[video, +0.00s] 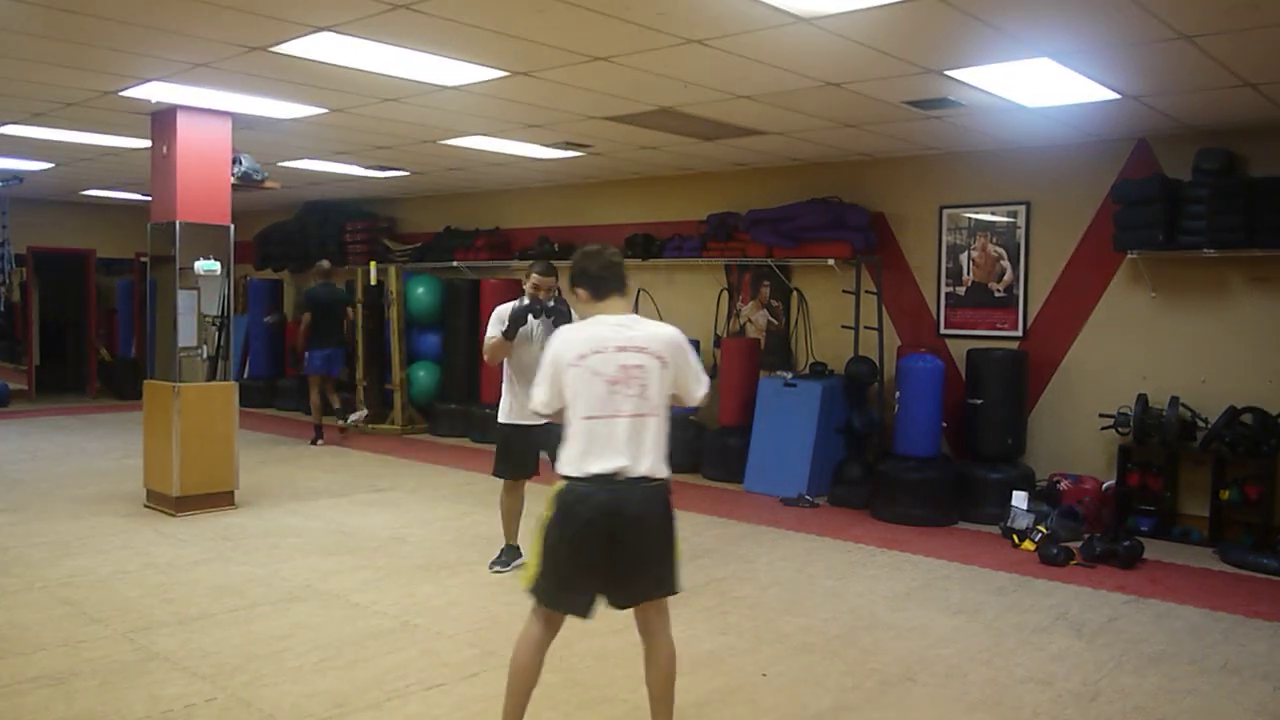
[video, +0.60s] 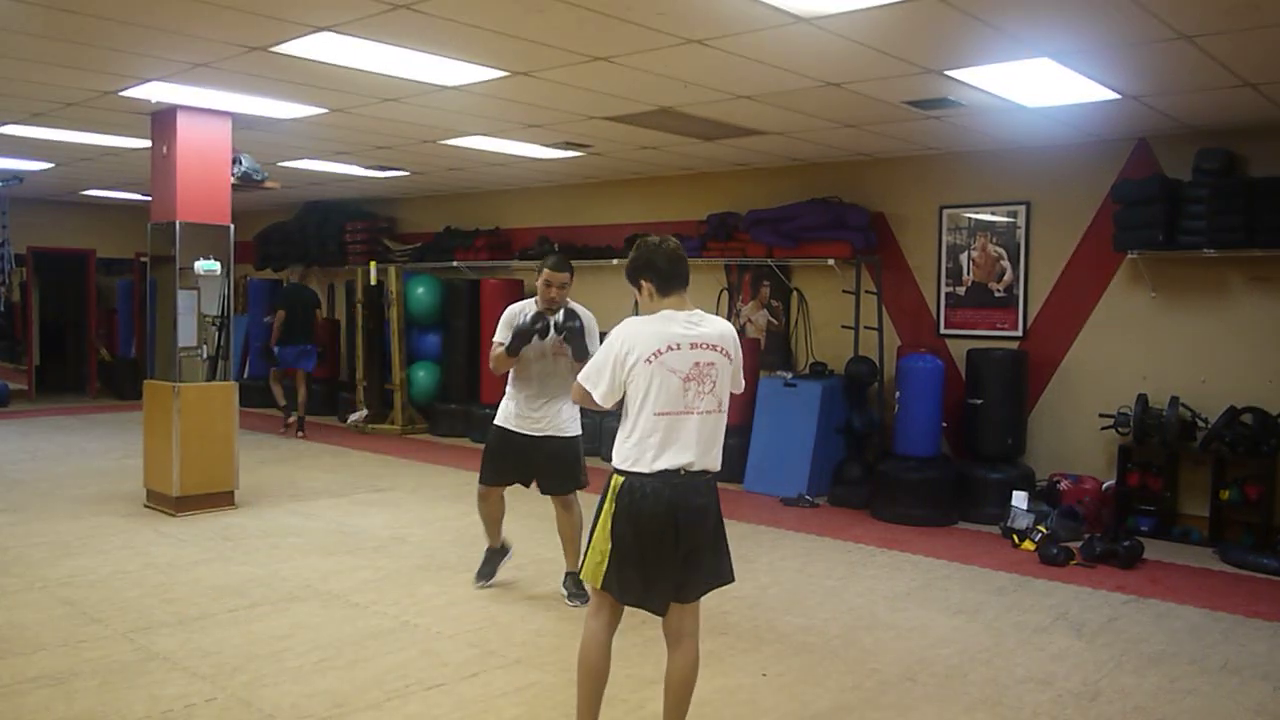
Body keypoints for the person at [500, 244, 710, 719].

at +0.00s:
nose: (571, 302)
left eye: (570, 294)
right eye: (569, 295)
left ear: (579, 293)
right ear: (627, 288)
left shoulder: (566, 340)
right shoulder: (667, 337)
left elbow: (545, 407)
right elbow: (697, 398)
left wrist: (597, 398)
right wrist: (647, 383)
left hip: (580, 503)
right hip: (646, 503)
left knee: (542, 623)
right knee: (655, 628)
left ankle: (510, 716)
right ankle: (663, 718)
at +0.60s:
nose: (637, 299)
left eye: (635, 290)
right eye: (636, 290)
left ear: (645, 287)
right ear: (686, 281)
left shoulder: (632, 333)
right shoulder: (725, 332)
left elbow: (587, 394)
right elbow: (730, 390)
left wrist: (636, 385)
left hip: (633, 495)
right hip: (697, 497)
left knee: (602, 612)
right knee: (683, 632)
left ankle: (585, 716)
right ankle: (673, 718)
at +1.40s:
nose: (575, 289)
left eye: (575, 282)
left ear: (576, 286)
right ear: (629, 283)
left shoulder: (554, 343)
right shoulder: (661, 337)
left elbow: (552, 422)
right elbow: (662, 407)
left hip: (575, 511)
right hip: (647, 511)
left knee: (561, 649)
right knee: (657, 637)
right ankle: (656, 718)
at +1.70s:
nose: (585, 285)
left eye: (586, 279)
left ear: (591, 283)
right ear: (643, 282)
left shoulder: (562, 340)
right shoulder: (672, 331)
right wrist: (601, 314)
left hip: (580, 512)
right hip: (651, 512)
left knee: (564, 653)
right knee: (640, 659)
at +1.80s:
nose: (601, 286)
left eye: (603, 279)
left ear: (606, 283)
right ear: (658, 287)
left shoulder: (571, 338)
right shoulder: (678, 329)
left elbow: (547, 429)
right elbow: (630, 325)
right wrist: (582, 307)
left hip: (586, 512)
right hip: (656, 511)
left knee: (567, 653)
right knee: (642, 660)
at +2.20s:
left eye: (616, 283)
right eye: (670, 286)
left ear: (615, 287)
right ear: (668, 289)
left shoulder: (589, 343)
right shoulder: (692, 339)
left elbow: (563, 436)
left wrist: (549, 380)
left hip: (596, 511)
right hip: (666, 512)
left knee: (555, 623)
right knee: (644, 654)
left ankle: (539, 716)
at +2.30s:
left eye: (600, 285)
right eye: (660, 286)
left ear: (605, 289)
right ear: (658, 289)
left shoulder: (579, 345)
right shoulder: (685, 340)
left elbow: (551, 438)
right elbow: (687, 408)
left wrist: (541, 376)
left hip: (591, 513)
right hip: (661, 513)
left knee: (550, 624)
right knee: (642, 657)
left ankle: (525, 716)